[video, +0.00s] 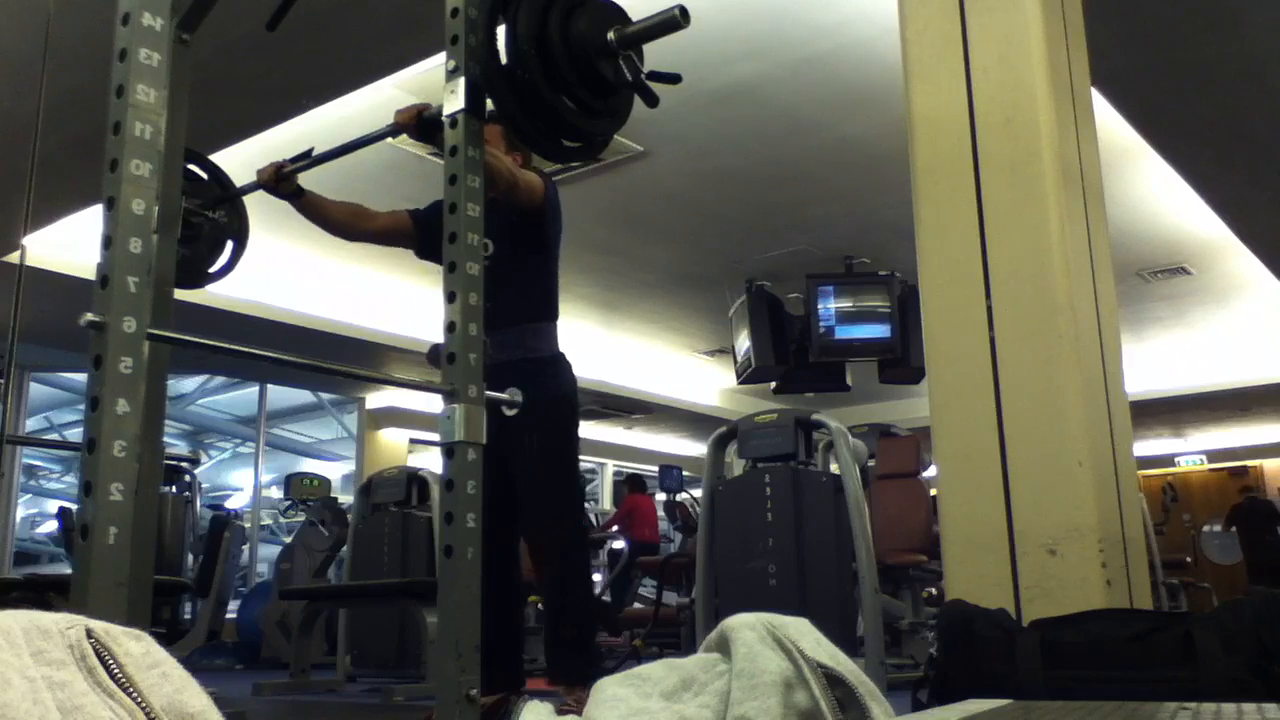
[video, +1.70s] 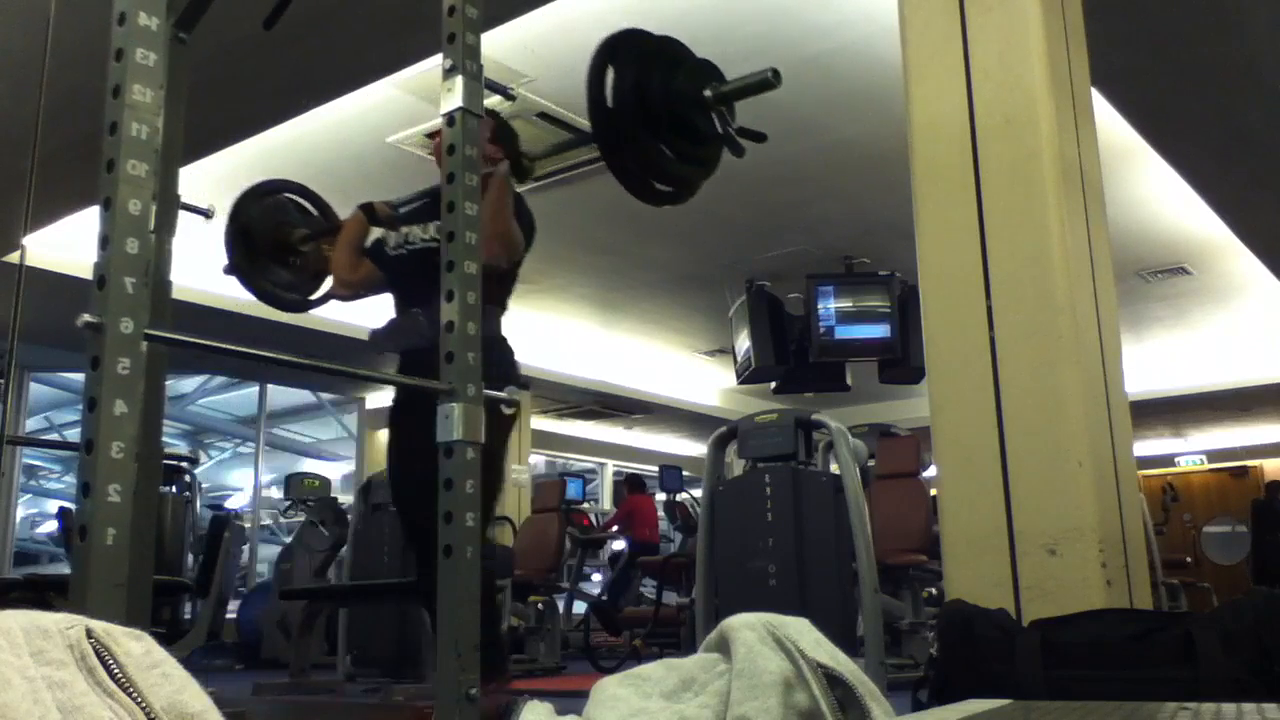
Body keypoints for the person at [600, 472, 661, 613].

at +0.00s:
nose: (626, 490)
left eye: (627, 487)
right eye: (626, 487)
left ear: (631, 487)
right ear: (643, 487)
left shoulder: (631, 500)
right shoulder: (649, 501)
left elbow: (616, 518)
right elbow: (637, 522)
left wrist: (601, 529)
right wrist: (619, 531)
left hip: (637, 546)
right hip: (654, 546)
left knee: (613, 554)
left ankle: (618, 600)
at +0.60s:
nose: (625, 490)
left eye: (625, 487)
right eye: (625, 487)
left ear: (630, 487)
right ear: (642, 486)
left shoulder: (631, 500)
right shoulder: (649, 500)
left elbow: (617, 520)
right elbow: (635, 523)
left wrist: (600, 530)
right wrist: (617, 533)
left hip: (637, 544)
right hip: (654, 545)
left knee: (602, 562)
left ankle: (599, 601)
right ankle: (632, 604)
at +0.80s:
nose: (624, 491)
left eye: (625, 488)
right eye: (624, 488)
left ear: (629, 487)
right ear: (643, 487)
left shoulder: (630, 500)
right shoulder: (649, 501)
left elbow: (616, 518)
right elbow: (634, 522)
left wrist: (600, 530)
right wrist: (616, 533)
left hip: (637, 545)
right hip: (654, 546)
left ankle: (613, 609)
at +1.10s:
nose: (625, 491)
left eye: (627, 488)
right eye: (625, 488)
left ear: (631, 488)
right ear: (644, 488)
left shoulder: (631, 500)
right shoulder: (650, 501)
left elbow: (617, 519)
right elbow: (637, 523)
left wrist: (600, 530)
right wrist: (618, 533)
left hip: (636, 547)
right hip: (654, 547)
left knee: (610, 570)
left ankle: (616, 603)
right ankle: (623, 602)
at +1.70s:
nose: (624, 491)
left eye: (625, 488)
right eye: (624, 488)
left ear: (629, 488)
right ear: (643, 488)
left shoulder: (631, 501)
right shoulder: (649, 501)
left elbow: (616, 519)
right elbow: (635, 523)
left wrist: (601, 529)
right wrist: (619, 532)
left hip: (638, 545)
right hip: (654, 546)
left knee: (621, 574)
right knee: (614, 559)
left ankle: (613, 603)